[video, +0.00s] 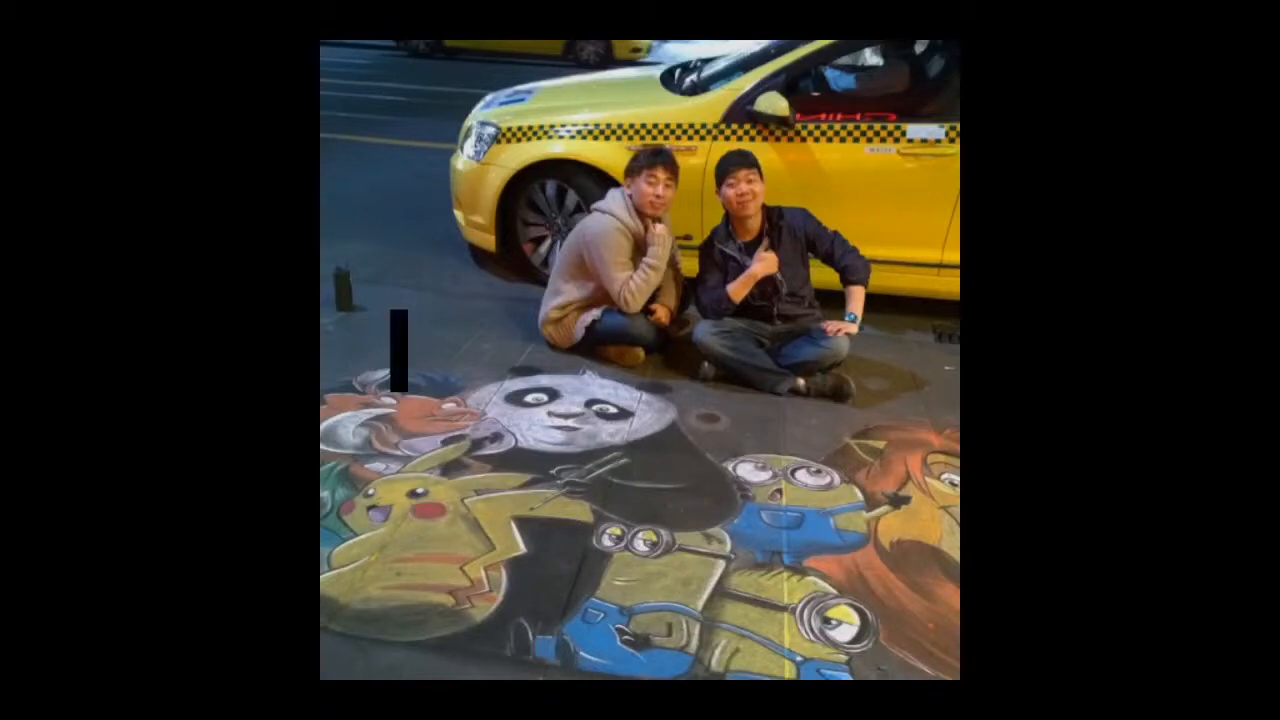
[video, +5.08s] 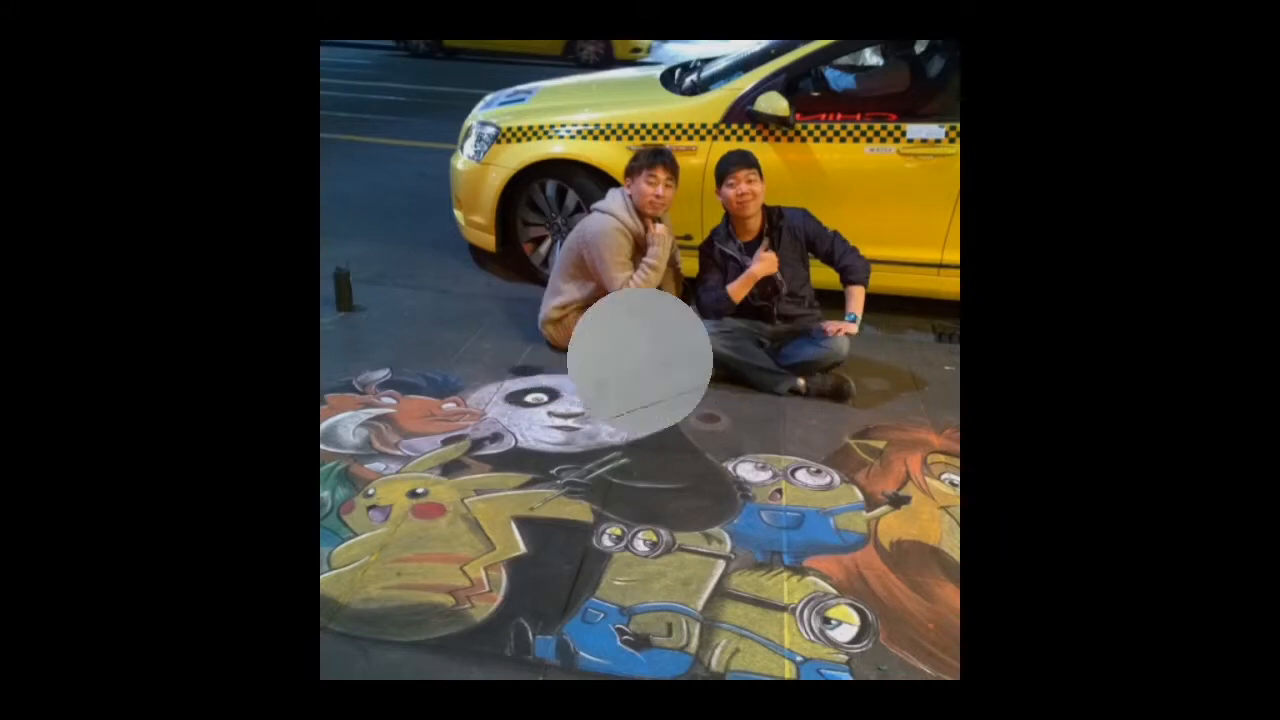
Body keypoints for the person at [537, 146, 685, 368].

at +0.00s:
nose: (660, 193)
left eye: (668, 185)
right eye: (651, 182)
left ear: (675, 193)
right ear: (629, 184)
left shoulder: (656, 221)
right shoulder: (605, 227)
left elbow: (670, 269)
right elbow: (629, 301)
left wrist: (665, 304)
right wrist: (658, 251)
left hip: (607, 305)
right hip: (566, 320)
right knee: (638, 327)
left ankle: (622, 346)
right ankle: (669, 334)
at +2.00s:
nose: (659, 191)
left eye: (668, 184)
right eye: (651, 181)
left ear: (675, 190)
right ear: (629, 182)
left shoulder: (655, 224)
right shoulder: (604, 221)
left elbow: (668, 279)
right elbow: (629, 300)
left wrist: (665, 305)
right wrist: (664, 247)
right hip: (565, 319)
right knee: (637, 327)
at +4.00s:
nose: (660, 193)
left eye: (668, 185)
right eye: (651, 183)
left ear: (675, 192)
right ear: (629, 184)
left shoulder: (656, 219)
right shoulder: (605, 228)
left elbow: (670, 267)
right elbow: (628, 301)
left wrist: (664, 305)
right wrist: (658, 251)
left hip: (610, 305)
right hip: (570, 306)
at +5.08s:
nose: (660, 193)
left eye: (668, 185)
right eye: (651, 183)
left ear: (675, 192)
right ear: (629, 184)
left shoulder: (656, 220)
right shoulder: (605, 228)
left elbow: (668, 285)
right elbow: (626, 298)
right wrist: (657, 252)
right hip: (565, 323)